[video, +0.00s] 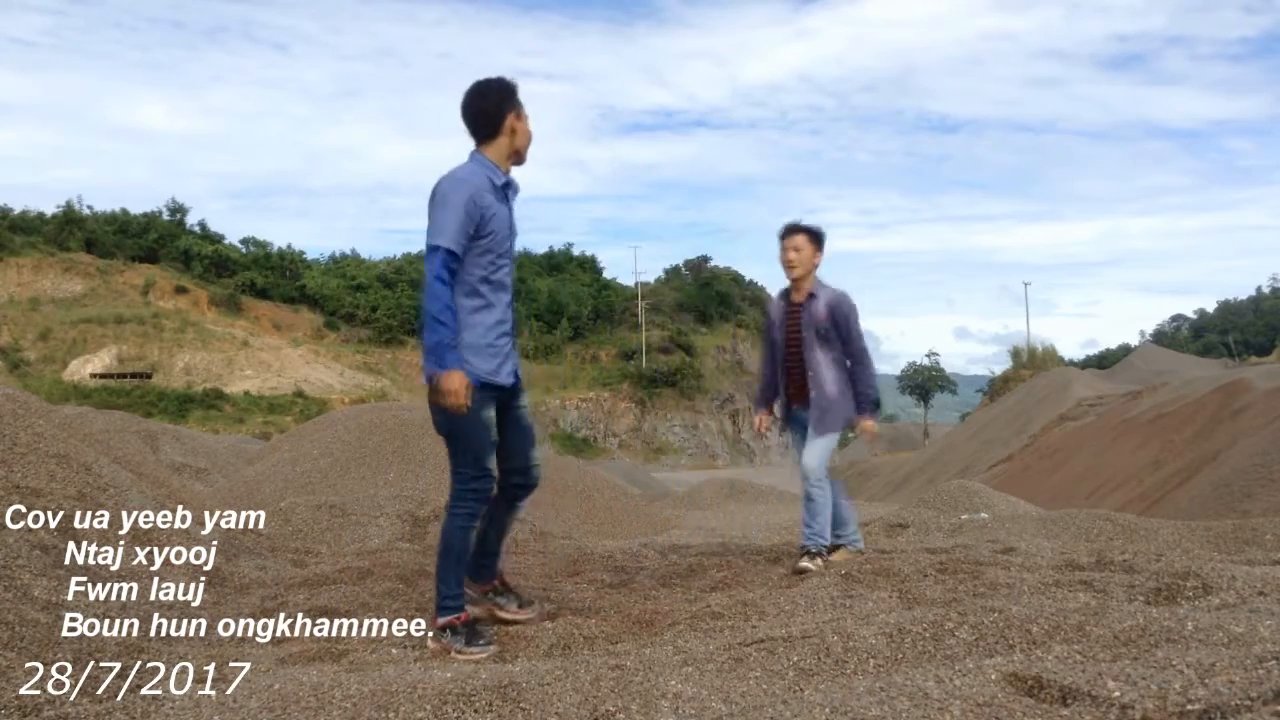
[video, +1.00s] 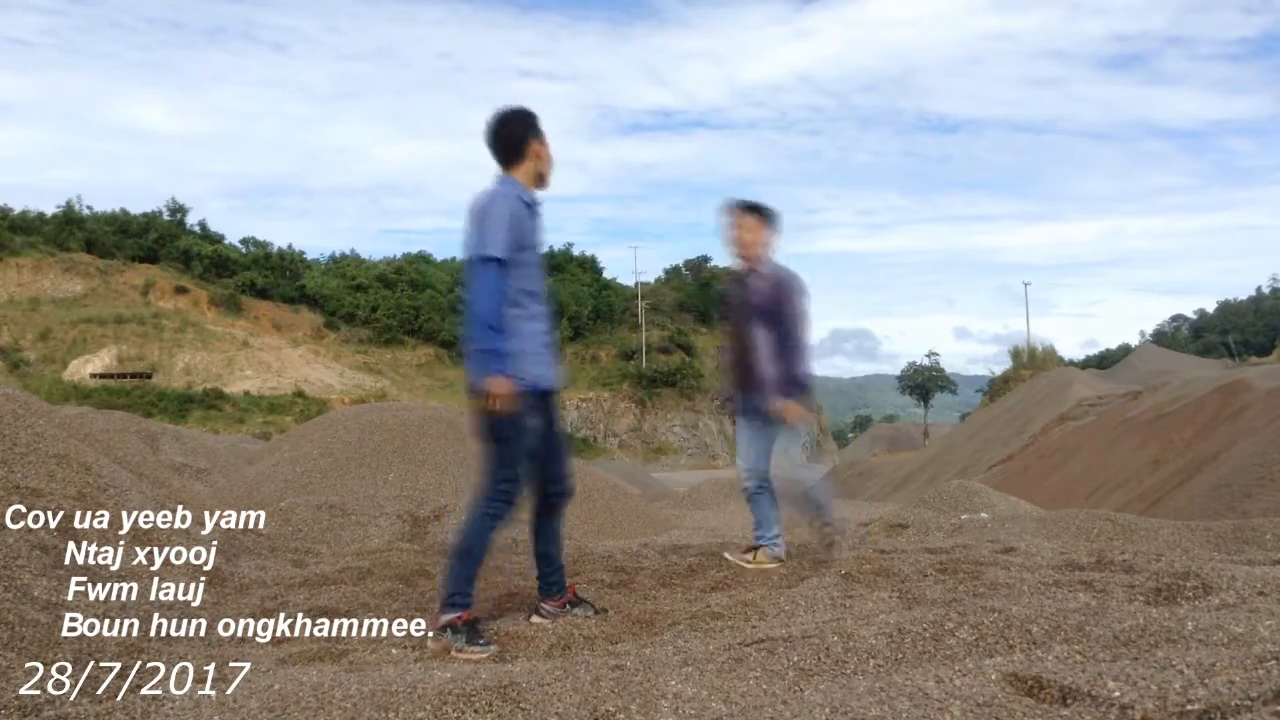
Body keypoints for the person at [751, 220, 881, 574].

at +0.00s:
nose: (788, 258)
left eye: (796, 251)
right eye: (784, 251)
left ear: (817, 257)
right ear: (780, 256)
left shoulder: (836, 302)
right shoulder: (777, 305)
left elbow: (858, 356)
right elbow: (771, 358)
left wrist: (866, 409)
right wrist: (764, 403)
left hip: (830, 405)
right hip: (794, 407)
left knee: (812, 466)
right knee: (817, 473)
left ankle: (814, 547)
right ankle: (849, 539)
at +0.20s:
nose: (794, 247)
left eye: (803, 240)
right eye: (791, 241)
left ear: (823, 246)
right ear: (786, 247)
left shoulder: (840, 290)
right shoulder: (784, 295)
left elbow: (855, 346)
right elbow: (778, 347)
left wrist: (850, 392)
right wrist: (766, 382)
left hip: (833, 395)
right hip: (801, 398)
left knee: (811, 455)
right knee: (835, 468)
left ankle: (833, 535)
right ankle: (851, 538)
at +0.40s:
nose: (796, 244)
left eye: (804, 238)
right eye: (792, 238)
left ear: (824, 244)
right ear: (788, 245)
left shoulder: (838, 290)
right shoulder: (788, 296)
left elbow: (842, 349)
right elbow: (780, 352)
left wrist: (829, 395)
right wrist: (768, 402)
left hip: (830, 396)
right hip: (803, 399)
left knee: (830, 470)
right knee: (824, 472)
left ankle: (857, 542)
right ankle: (844, 538)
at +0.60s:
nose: (795, 235)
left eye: (804, 228)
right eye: (791, 229)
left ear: (823, 236)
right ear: (787, 235)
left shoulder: (836, 281)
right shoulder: (790, 286)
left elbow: (840, 342)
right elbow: (790, 347)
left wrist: (824, 389)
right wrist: (781, 399)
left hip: (829, 391)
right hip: (796, 392)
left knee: (835, 467)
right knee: (802, 470)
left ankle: (856, 541)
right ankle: (833, 532)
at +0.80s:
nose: (784, 236)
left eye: (793, 229)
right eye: (780, 229)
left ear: (813, 236)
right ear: (777, 236)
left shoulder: (825, 282)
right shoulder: (784, 284)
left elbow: (833, 342)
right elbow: (791, 343)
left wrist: (825, 396)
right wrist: (787, 392)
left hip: (826, 392)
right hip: (793, 391)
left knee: (837, 466)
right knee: (769, 454)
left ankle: (854, 540)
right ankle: (804, 528)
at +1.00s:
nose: (741, 236)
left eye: (749, 229)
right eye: (737, 228)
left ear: (767, 234)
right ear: (733, 233)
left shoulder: (784, 282)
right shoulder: (735, 285)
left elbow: (794, 340)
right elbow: (738, 343)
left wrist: (795, 393)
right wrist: (736, 390)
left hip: (785, 394)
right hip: (751, 395)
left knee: (789, 468)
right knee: (753, 475)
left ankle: (828, 523)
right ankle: (770, 545)